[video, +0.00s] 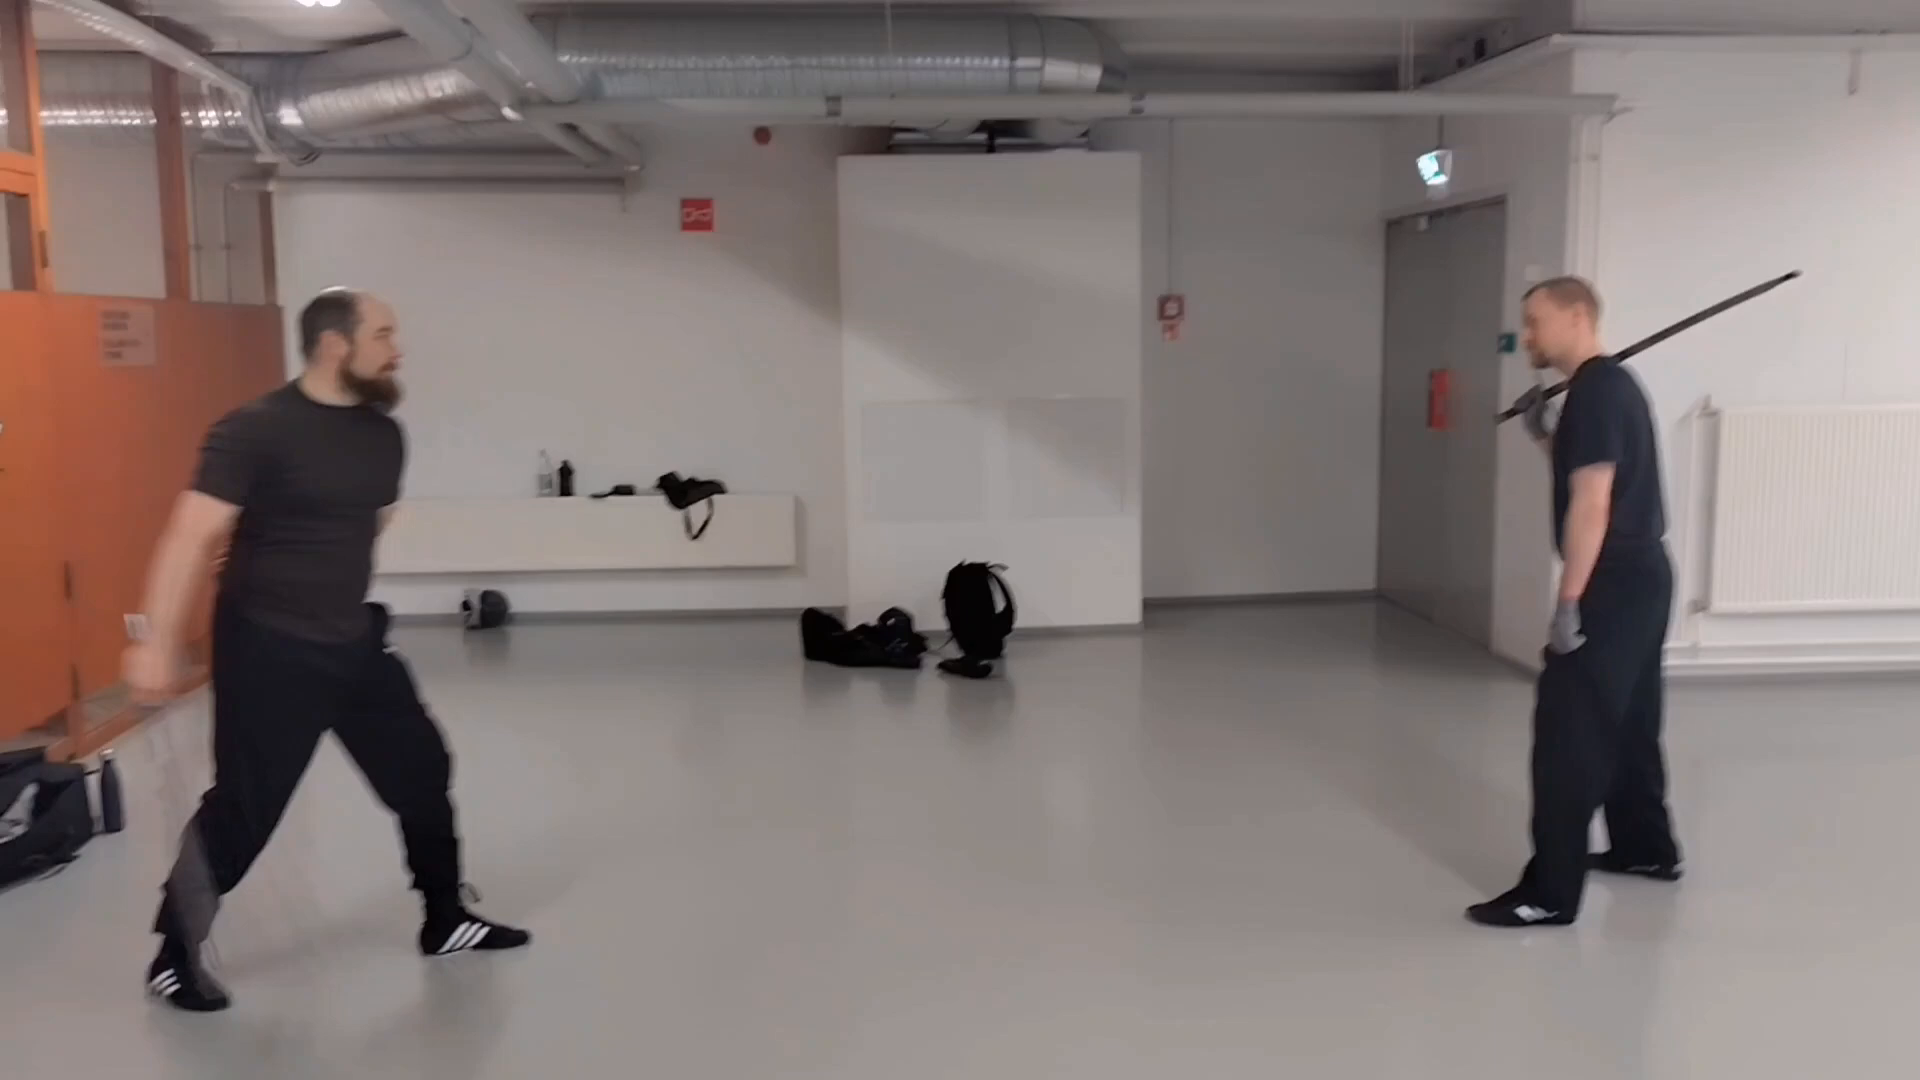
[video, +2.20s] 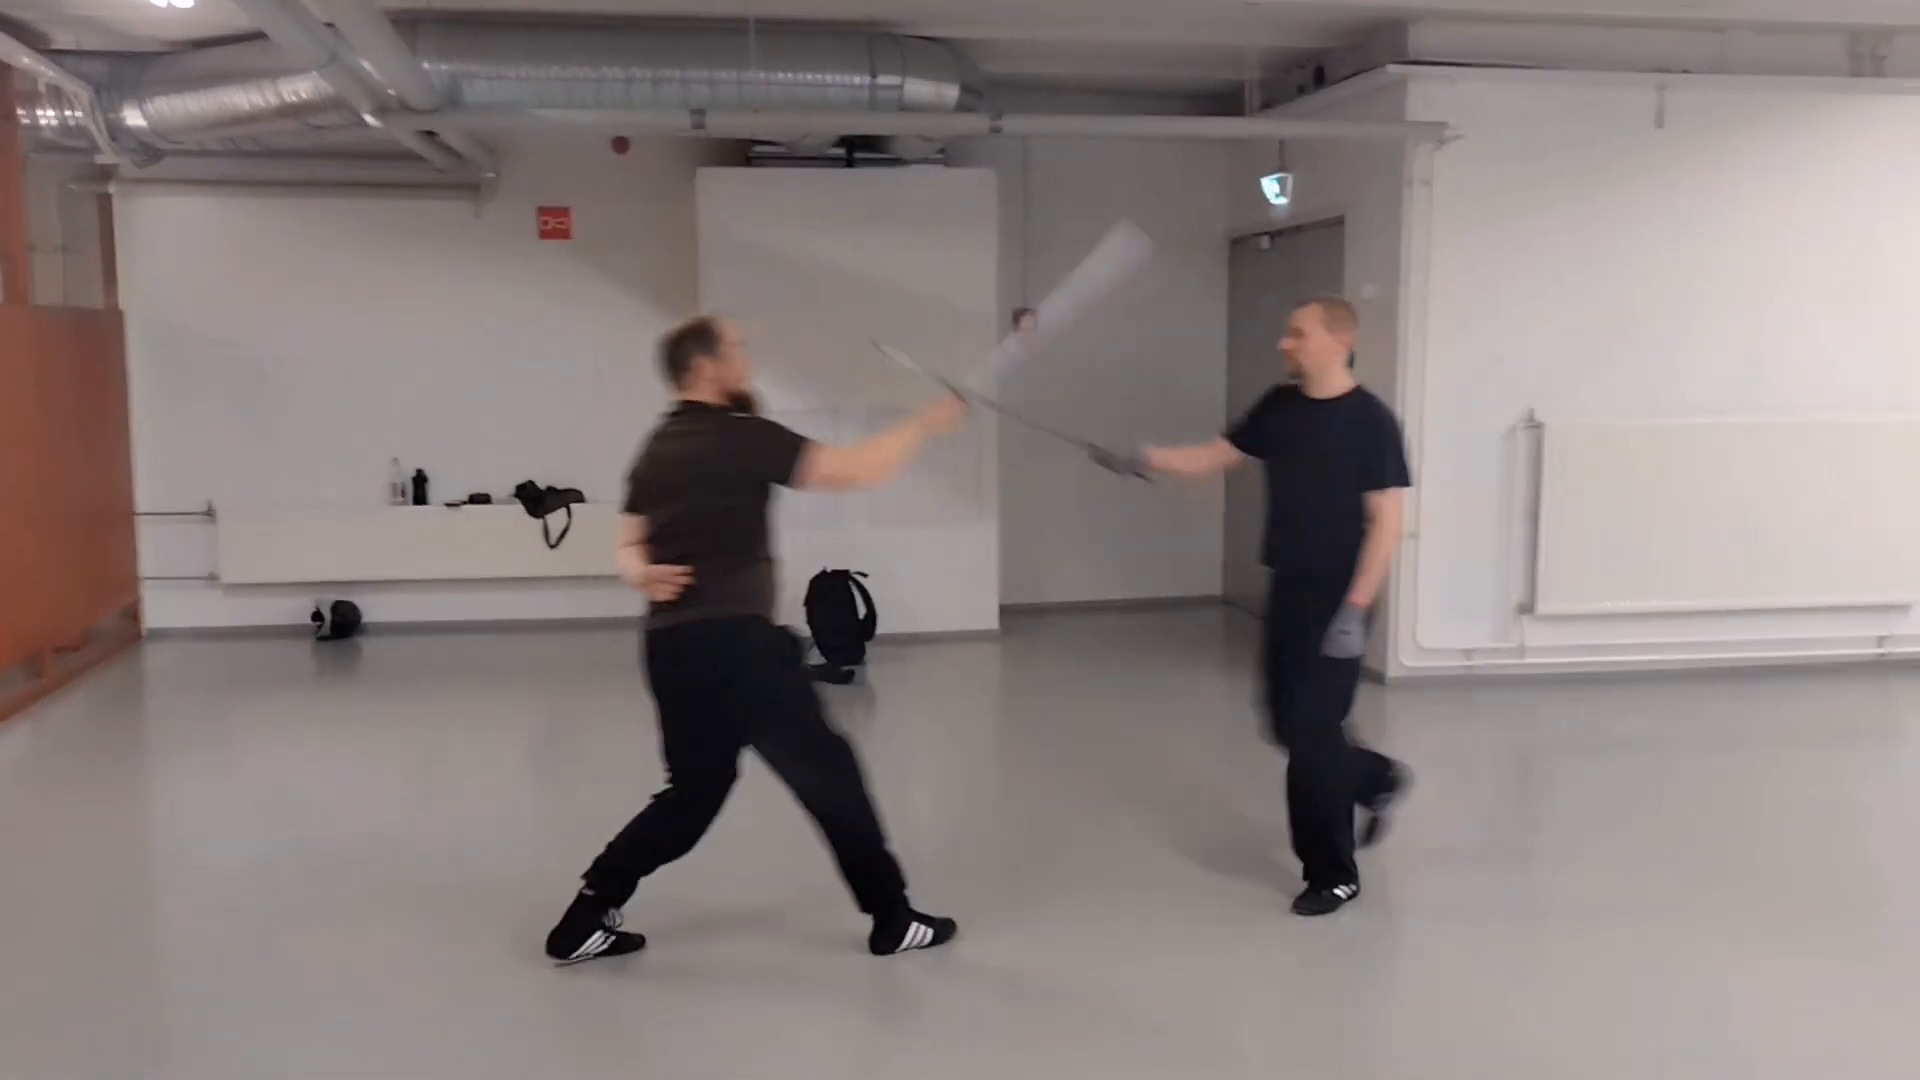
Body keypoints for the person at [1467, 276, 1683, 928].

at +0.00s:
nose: (1526, 338)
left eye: (1534, 323)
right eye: (1526, 325)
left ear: (1577, 319)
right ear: (1580, 322)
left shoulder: (1594, 390)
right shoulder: (1612, 384)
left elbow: (1593, 501)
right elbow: (1587, 481)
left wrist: (1566, 603)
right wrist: (1543, 431)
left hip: (1610, 582)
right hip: (1637, 574)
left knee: (1566, 727)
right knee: (1628, 719)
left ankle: (1551, 891)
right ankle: (1645, 847)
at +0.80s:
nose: (1446, 345)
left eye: (1454, 331)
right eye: (1446, 333)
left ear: (1494, 329)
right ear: (1498, 332)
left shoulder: (1515, 398)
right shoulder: (1526, 392)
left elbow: (1515, 502)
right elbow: (1503, 486)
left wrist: (1489, 602)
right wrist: (1461, 439)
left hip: (1525, 583)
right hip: (1548, 574)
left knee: (1483, 723)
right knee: (1543, 713)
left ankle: (1475, 882)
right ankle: (1564, 840)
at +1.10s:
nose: (1380, 340)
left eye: (1389, 327)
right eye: (1381, 328)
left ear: (1429, 327)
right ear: (1433, 330)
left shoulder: (1445, 392)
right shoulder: (1460, 388)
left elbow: (1441, 499)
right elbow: (1425, 476)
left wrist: (1412, 591)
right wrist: (1386, 425)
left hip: (1453, 577)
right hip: (1477, 572)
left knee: (1408, 709)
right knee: (1452, 703)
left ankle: (1419, 870)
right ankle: (1491, 810)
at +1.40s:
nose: (1373, 345)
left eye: (1382, 334)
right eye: (1373, 334)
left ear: (1422, 334)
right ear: (1413, 337)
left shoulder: (1446, 402)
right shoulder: (1407, 404)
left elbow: (1447, 505)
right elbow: (1338, 452)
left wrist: (1418, 594)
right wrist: (1327, 381)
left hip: (1433, 582)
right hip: (1407, 577)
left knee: (1392, 717)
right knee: (1416, 708)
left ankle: (1404, 870)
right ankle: (1453, 816)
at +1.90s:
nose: (1348, 344)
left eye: (1359, 333)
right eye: (1348, 334)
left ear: (1400, 334)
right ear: (1367, 341)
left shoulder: (1436, 409)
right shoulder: (1356, 403)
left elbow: (1451, 507)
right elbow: (1310, 457)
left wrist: (1422, 589)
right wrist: (1278, 455)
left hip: (1418, 579)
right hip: (1371, 575)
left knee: (1379, 705)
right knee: (1410, 702)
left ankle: (1375, 862)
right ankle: (1452, 825)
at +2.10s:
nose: (1308, 347)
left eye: (1320, 336)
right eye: (1309, 337)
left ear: (1362, 344)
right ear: (1325, 346)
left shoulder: (1396, 421)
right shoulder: (1309, 412)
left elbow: (1411, 522)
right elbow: (1259, 482)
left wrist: (1390, 608)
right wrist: (1199, 488)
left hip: (1373, 593)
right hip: (1324, 587)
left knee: (1333, 717)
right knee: (1365, 709)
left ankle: (1340, 873)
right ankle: (1433, 808)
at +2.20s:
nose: (1285, 344)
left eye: (1297, 335)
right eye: (1286, 334)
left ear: (1338, 343)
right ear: (1314, 343)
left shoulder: (1371, 421)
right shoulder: (1281, 406)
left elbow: (1387, 525)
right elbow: (1216, 457)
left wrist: (1355, 608)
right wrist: (1150, 458)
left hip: (1341, 594)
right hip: (1289, 587)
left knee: (1313, 727)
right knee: (1288, 722)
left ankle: (1332, 874)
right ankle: (1376, 778)